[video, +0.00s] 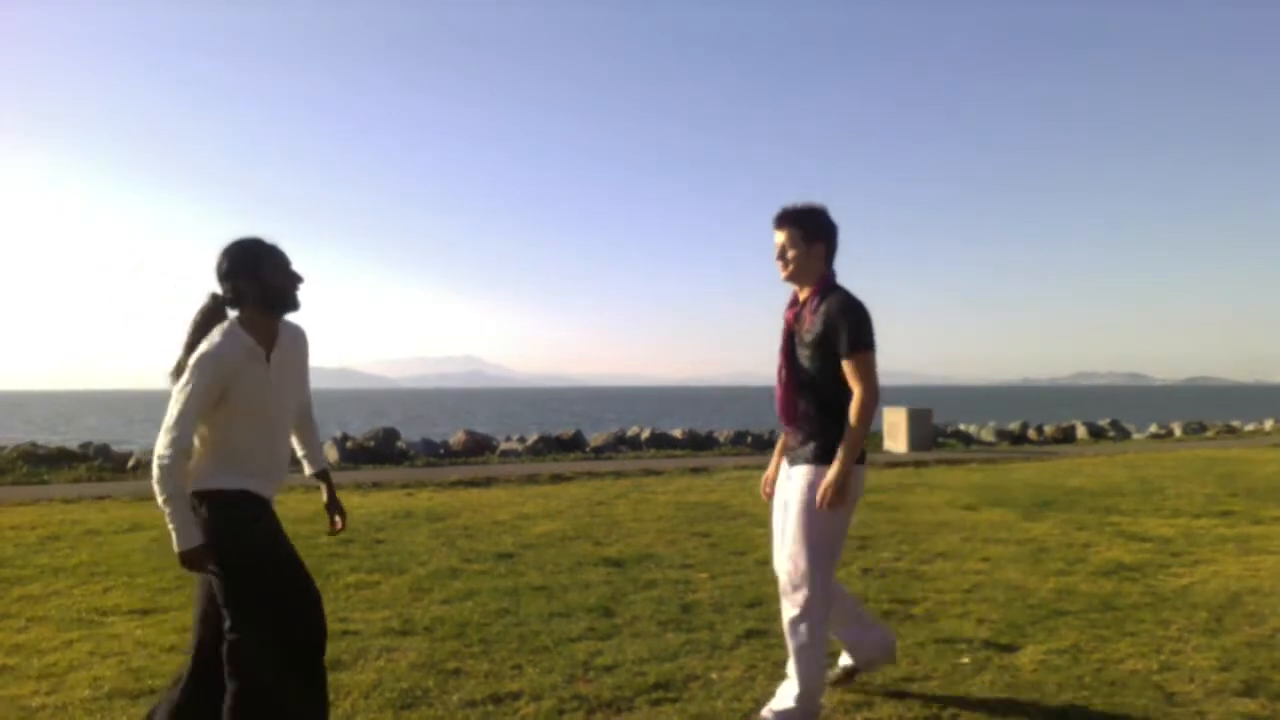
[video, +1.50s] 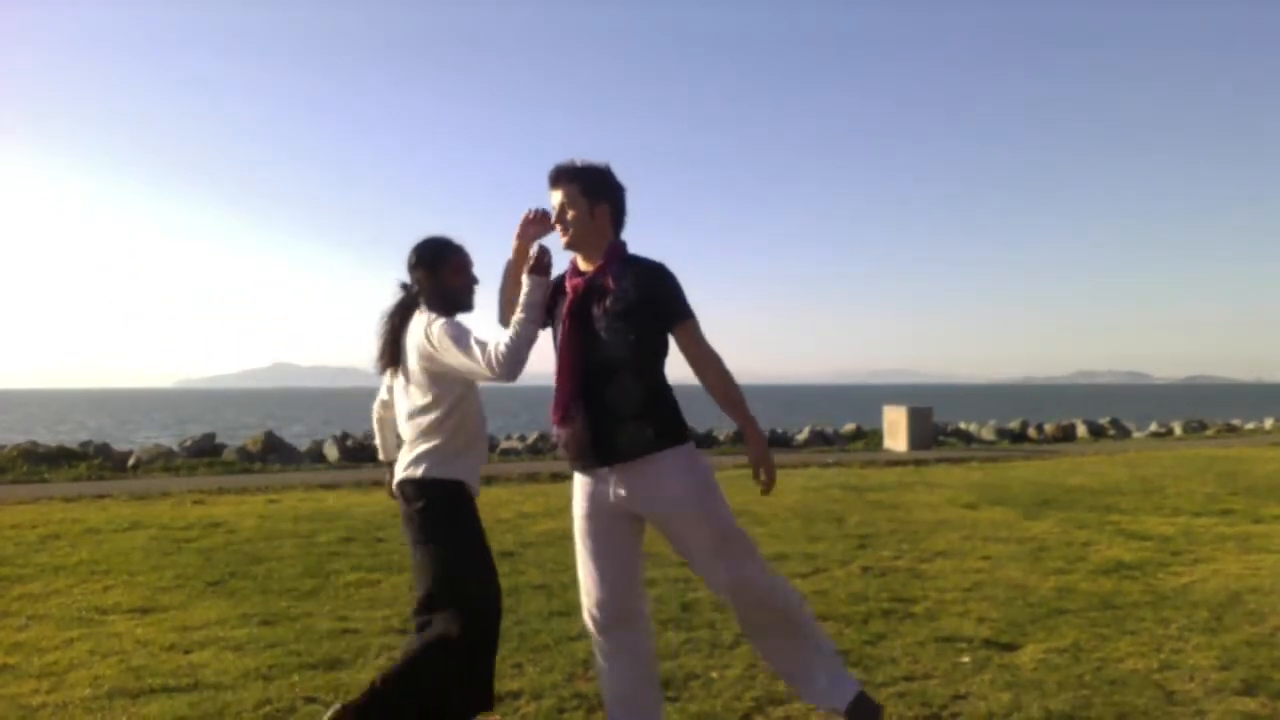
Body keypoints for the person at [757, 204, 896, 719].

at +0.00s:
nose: (780, 258)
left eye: (788, 249)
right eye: (777, 250)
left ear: (821, 249)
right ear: (783, 253)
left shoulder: (843, 309)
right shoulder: (796, 309)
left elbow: (866, 391)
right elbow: (802, 397)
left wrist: (843, 466)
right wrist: (777, 458)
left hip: (824, 461)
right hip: (793, 459)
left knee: (803, 579)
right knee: (790, 570)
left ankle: (800, 697)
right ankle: (868, 641)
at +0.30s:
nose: (744, 254)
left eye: (753, 244)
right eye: (742, 247)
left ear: (785, 243)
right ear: (751, 250)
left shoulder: (803, 301)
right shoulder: (765, 303)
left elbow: (789, 379)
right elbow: (768, 382)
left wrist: (736, 438)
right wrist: (749, 442)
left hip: (789, 462)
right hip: (749, 457)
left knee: (783, 583)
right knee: (697, 567)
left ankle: (800, 697)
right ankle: (669, 685)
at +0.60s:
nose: (702, 257)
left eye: (711, 248)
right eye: (700, 249)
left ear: (744, 249)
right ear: (709, 254)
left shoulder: (768, 309)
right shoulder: (721, 311)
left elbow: (762, 395)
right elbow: (729, 394)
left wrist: (718, 467)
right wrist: (700, 437)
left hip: (760, 475)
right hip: (709, 468)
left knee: (767, 597)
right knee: (677, 594)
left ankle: (789, 703)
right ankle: (648, 706)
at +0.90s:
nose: (637, 241)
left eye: (645, 231)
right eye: (634, 233)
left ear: (681, 232)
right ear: (644, 239)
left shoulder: (717, 291)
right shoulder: (653, 305)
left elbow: (749, 377)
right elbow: (618, 378)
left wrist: (757, 463)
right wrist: (595, 329)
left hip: (717, 474)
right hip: (657, 475)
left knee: (739, 592)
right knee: (642, 598)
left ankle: (769, 699)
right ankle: (650, 713)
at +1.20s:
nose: (581, 228)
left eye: (591, 219)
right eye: (579, 220)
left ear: (627, 220)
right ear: (583, 228)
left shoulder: (671, 282)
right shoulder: (588, 303)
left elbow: (711, 361)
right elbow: (533, 338)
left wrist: (737, 441)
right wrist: (548, 271)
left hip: (692, 462)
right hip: (627, 473)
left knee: (736, 585)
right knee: (630, 605)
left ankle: (774, 691)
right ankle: (638, 712)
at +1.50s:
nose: (556, 220)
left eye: (567, 210)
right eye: (554, 212)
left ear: (605, 212)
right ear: (557, 219)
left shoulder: (646, 277)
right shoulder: (558, 287)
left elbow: (700, 357)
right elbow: (510, 317)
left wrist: (750, 430)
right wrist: (520, 249)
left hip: (662, 462)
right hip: (593, 473)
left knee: (743, 581)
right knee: (607, 618)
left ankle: (844, 696)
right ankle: (632, 715)